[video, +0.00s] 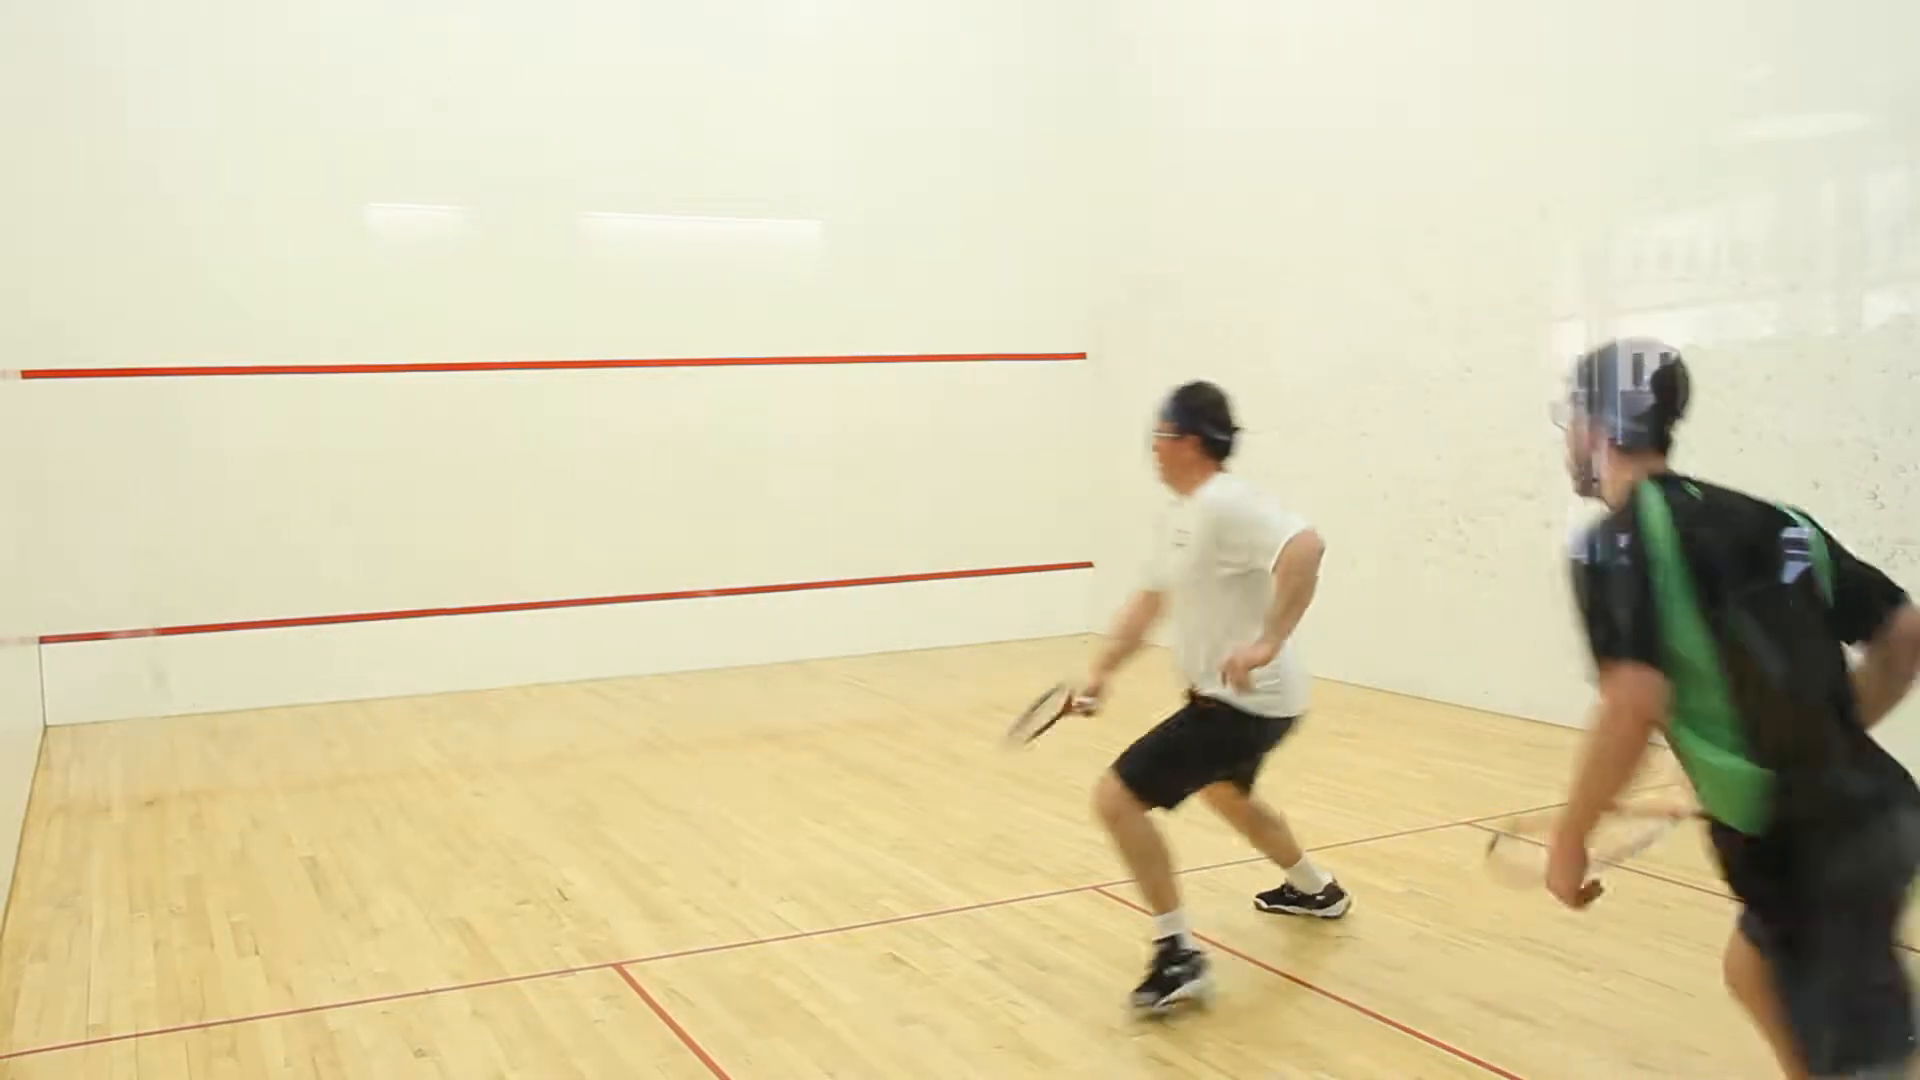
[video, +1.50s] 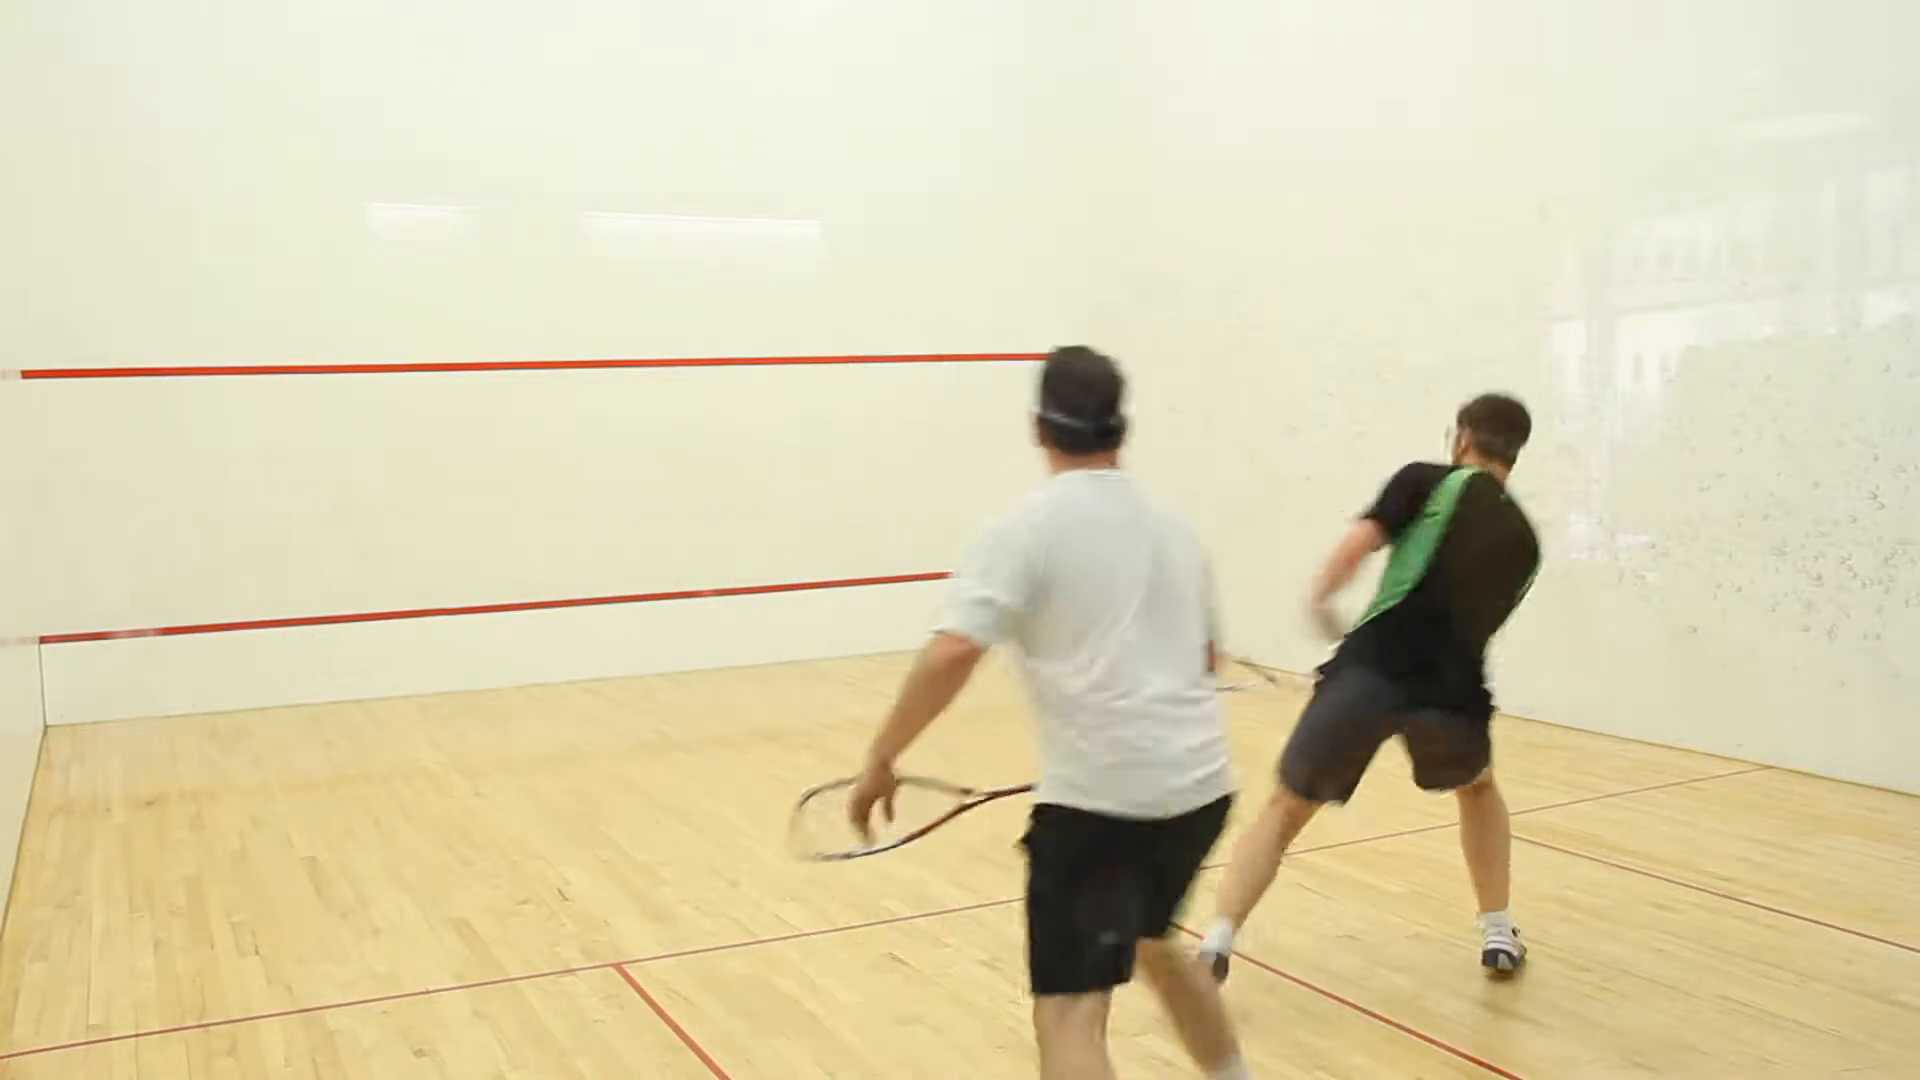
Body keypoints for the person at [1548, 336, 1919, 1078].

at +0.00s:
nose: (1569, 439)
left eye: (1574, 419)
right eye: (1571, 420)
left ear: (1597, 428)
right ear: (1660, 423)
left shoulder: (1617, 534)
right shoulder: (1771, 519)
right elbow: (1902, 633)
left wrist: (1571, 832)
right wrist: (1828, 727)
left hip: (1808, 844)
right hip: (1879, 808)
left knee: (1858, 1056)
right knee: (1754, 970)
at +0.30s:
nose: (1404, 387)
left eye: (1415, 370)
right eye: (1407, 368)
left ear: (1463, 377)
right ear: (1490, 378)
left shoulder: (1469, 449)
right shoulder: (1592, 443)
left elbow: (1520, 556)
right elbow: (1692, 551)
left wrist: (1509, 704)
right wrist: (1617, 634)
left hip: (1569, 722)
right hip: (1674, 709)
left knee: (1499, 898)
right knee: (1696, 926)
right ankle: (1796, 1070)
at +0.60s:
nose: (1252, 401)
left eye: (1264, 388)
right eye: (1256, 386)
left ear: (1310, 399)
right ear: (1323, 400)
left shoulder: (1303, 485)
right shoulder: (1421, 461)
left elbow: (1322, 604)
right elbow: (1489, 563)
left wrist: (1277, 716)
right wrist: (1415, 619)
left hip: (1390, 711)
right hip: (1474, 701)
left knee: (1322, 843)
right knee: (1460, 864)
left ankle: (1365, 1025)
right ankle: (1613, 989)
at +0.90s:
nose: (1197, 429)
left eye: (1201, 418)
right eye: (1201, 416)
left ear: (1212, 428)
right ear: (1271, 430)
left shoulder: (1223, 506)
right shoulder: (1330, 494)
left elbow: (1242, 610)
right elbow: (1389, 601)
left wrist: (1181, 693)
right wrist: (1324, 643)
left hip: (1299, 711)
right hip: (1383, 702)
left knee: (1186, 829)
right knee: (1358, 802)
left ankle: (1149, 1007)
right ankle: (1389, 933)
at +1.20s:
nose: (1331, 411)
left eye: (1333, 402)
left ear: (1339, 406)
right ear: (1394, 412)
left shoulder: (1294, 466)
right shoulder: (1437, 486)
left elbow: (1192, 495)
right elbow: (1474, 602)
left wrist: (1138, 543)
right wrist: (1471, 564)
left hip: (1314, 684)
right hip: (1405, 687)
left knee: (1257, 818)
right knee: (1393, 784)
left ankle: (1244, 964)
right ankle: (1402, 917)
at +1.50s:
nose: (1452, 447)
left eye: (1454, 438)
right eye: (1457, 440)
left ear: (1462, 439)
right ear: (1516, 458)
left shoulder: (1425, 480)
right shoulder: (1526, 542)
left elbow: (1357, 544)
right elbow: (1479, 621)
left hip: (1370, 676)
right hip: (1451, 696)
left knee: (1287, 807)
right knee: (1477, 789)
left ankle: (1217, 941)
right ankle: (1498, 933)